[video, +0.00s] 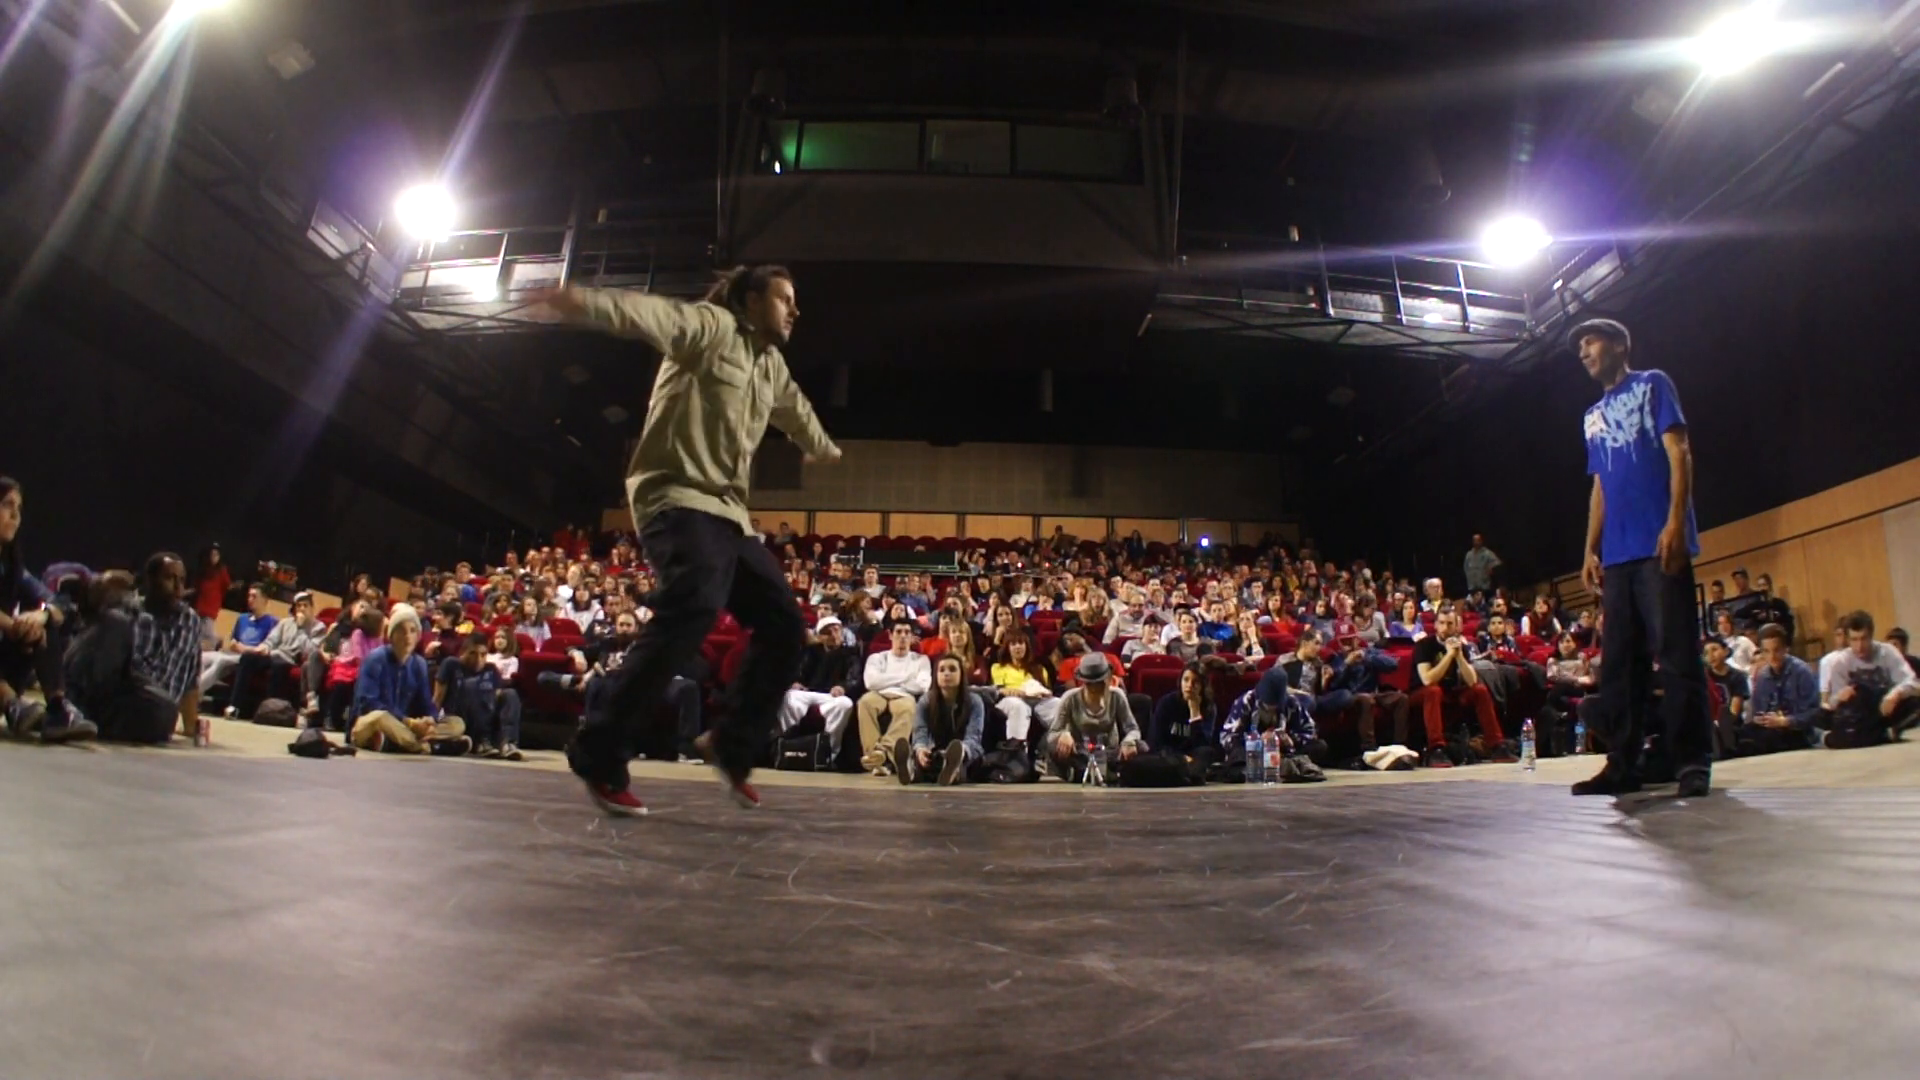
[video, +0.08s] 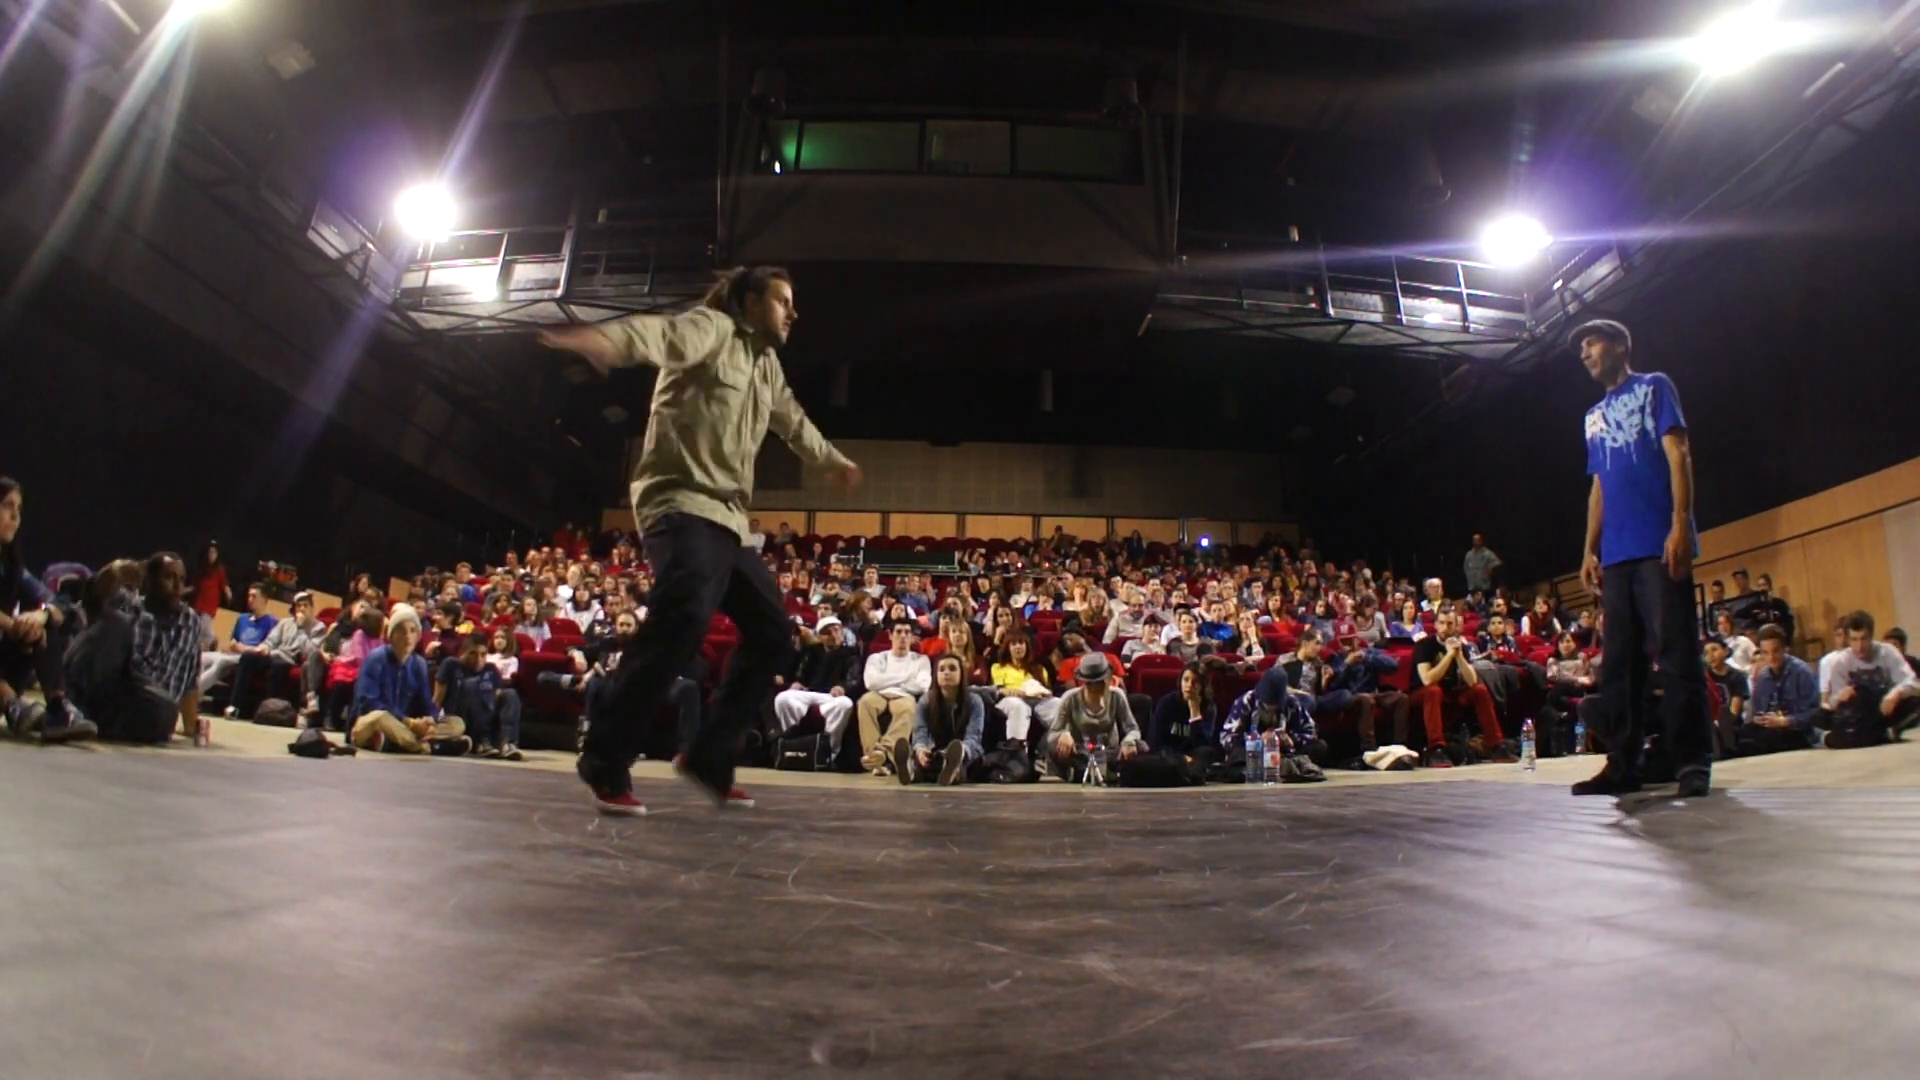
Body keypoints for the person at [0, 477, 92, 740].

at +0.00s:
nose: (15, 515)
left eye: (18, 508)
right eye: (8, 505)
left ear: (20, 514)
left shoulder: (11, 565)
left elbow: (57, 608)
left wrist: (42, 614)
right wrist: (10, 623)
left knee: (44, 624)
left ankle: (57, 708)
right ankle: (11, 704)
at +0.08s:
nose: (15, 516)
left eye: (18, 508)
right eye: (8, 506)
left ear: (19, 514)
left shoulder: (11, 564)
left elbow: (57, 608)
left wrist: (42, 614)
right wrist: (10, 623)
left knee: (44, 624)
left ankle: (57, 708)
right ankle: (12, 705)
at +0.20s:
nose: (16, 517)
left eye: (18, 509)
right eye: (8, 507)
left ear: (20, 514)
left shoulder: (12, 565)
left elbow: (57, 609)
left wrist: (42, 614)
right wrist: (11, 623)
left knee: (45, 624)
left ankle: (57, 708)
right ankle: (11, 705)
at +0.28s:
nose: (15, 516)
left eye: (18, 508)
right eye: (8, 506)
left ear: (20, 515)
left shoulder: (12, 565)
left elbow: (58, 609)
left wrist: (43, 614)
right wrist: (10, 623)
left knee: (45, 624)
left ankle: (58, 707)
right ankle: (11, 704)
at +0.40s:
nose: (14, 516)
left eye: (18, 508)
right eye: (7, 506)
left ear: (20, 516)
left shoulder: (12, 566)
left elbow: (58, 609)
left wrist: (43, 614)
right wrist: (10, 623)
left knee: (46, 624)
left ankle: (57, 709)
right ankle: (12, 705)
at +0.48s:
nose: (14, 516)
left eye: (17, 509)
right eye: (7, 506)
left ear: (20, 515)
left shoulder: (12, 564)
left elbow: (57, 609)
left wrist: (43, 614)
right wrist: (10, 623)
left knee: (45, 625)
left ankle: (57, 709)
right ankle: (12, 705)